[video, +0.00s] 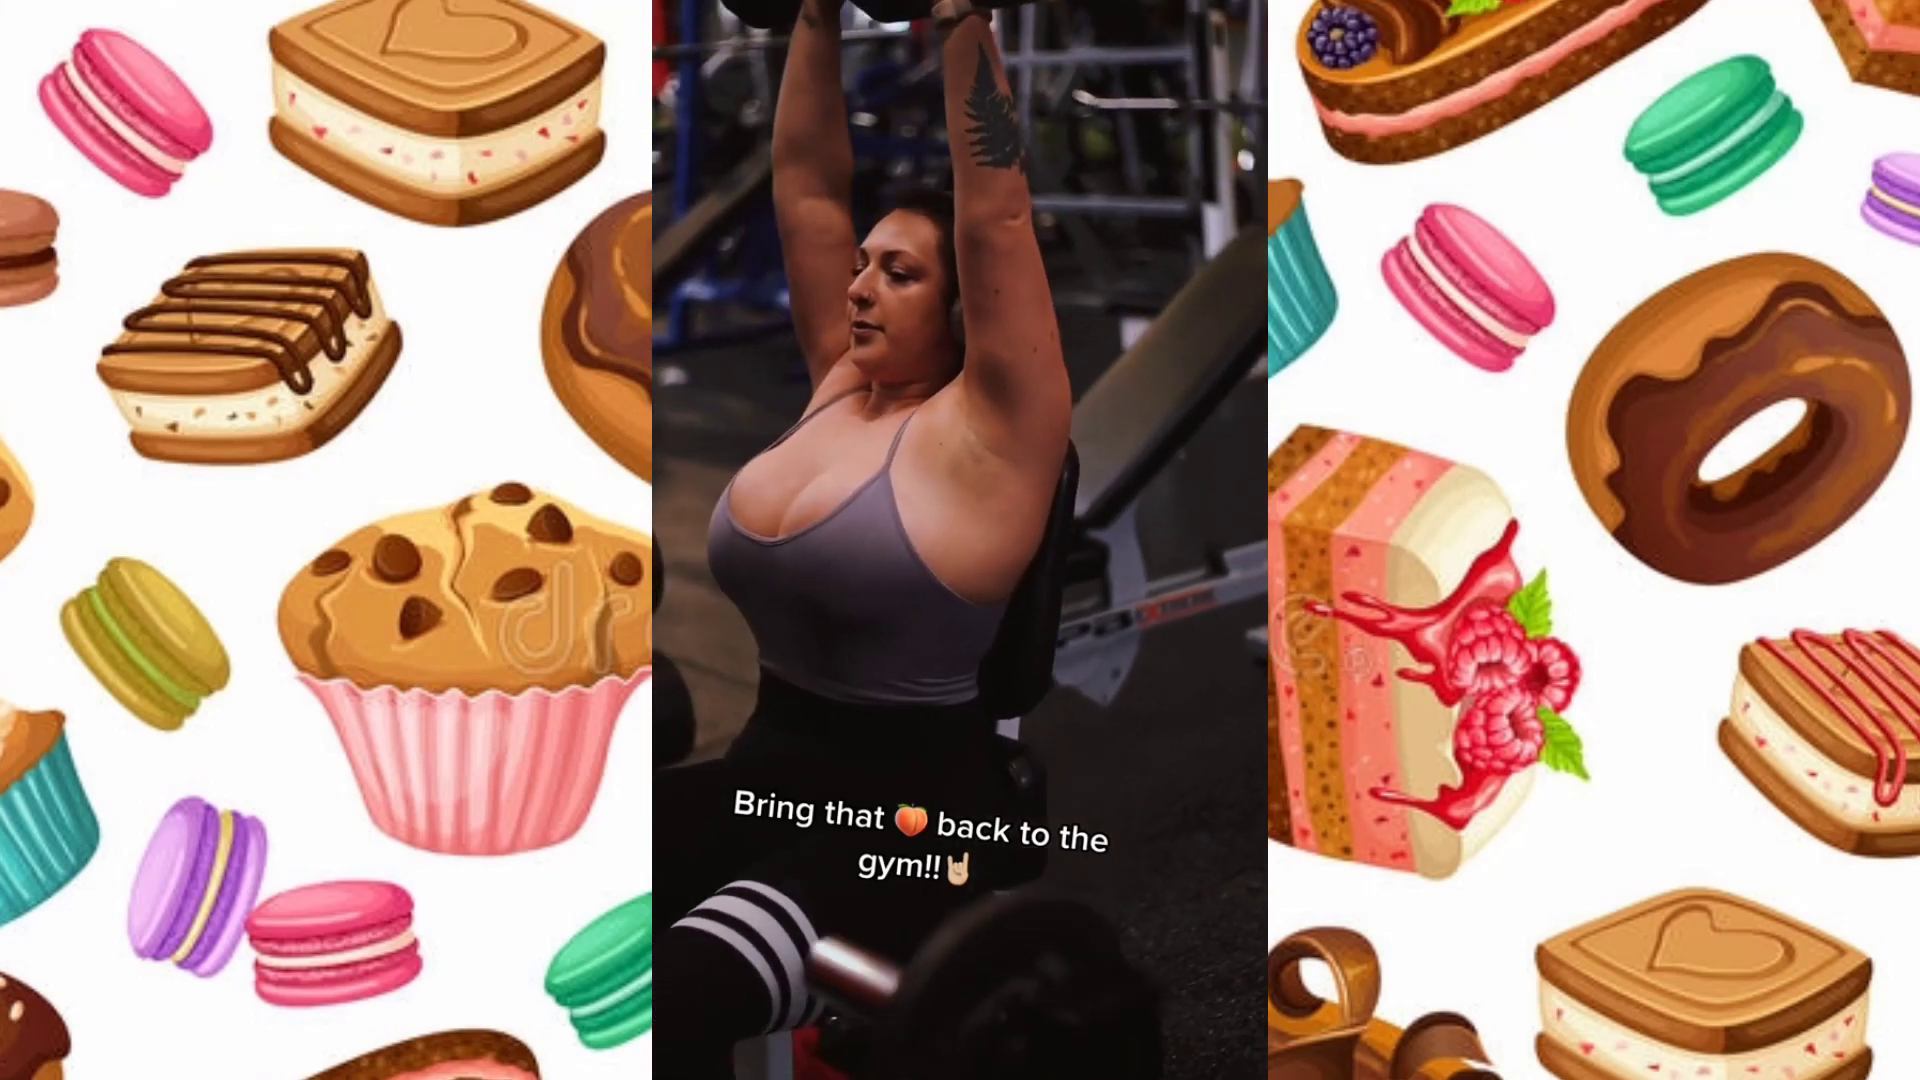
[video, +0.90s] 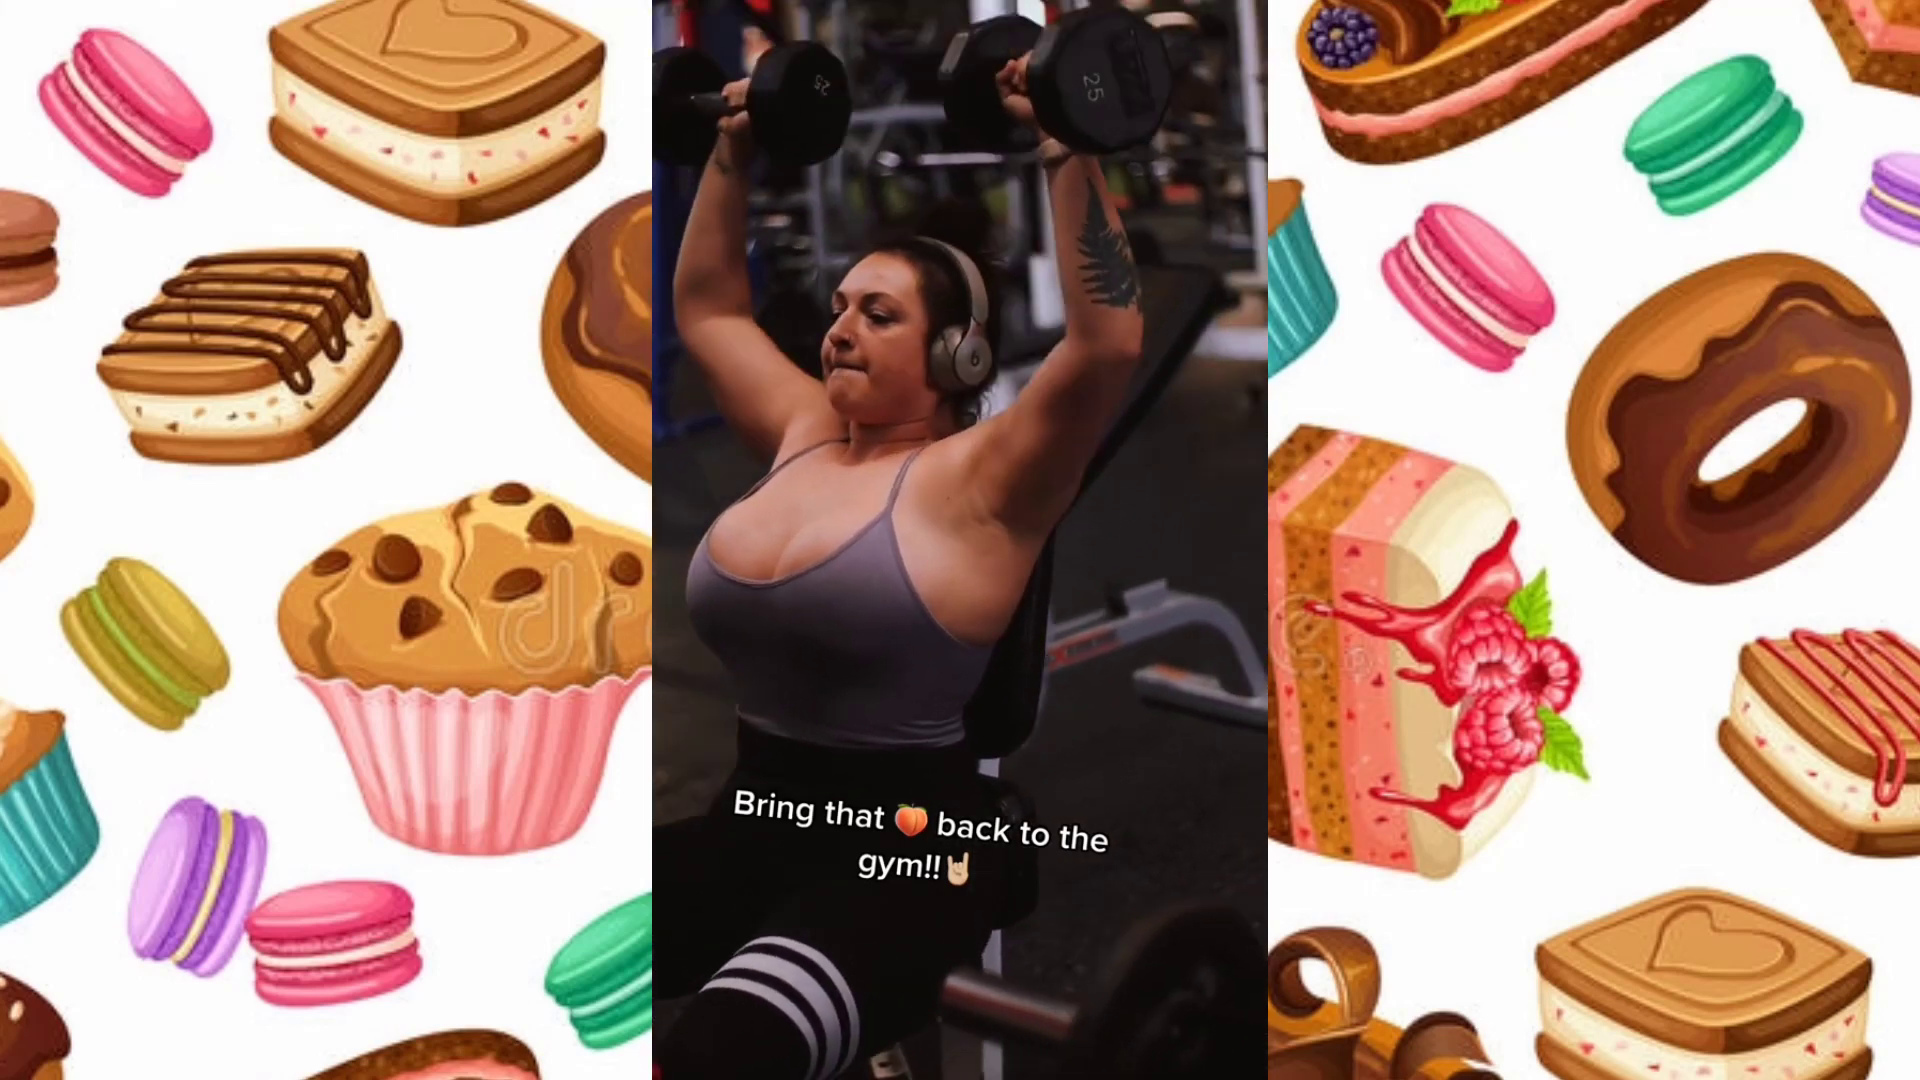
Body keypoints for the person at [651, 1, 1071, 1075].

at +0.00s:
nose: (862, 287)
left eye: (899, 272)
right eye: (863, 265)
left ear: (961, 307)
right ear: (848, 284)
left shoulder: (998, 421)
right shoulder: (841, 383)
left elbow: (998, 215)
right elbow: (809, 185)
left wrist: (962, 21)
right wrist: (816, 9)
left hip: (905, 822)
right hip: (766, 785)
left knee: (663, 998)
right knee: (561, 865)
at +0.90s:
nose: (842, 329)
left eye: (879, 312)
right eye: (839, 310)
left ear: (954, 350)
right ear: (825, 330)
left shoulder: (986, 480)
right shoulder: (804, 431)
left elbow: (1108, 343)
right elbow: (706, 307)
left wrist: (1061, 143)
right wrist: (730, 154)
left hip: (903, 847)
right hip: (755, 826)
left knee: (720, 1044)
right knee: (554, 931)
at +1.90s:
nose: (889, 321)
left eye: (922, 304)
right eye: (885, 301)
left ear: (987, 338)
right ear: (871, 318)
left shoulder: (1025, 459)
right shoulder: (838, 428)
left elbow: (1202, 477)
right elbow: (727, 413)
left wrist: (1157, 320)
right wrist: (742, 284)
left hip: (956, 782)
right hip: (815, 762)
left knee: (814, 961)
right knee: (608, 876)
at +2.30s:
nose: (906, 356)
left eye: (940, 345)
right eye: (902, 341)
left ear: (1001, 384)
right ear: (890, 366)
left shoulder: (1030, 491)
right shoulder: (857, 458)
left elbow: (1147, 383)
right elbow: (759, 343)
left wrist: (1100, 220)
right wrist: (771, 203)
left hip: (964, 819)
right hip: (825, 802)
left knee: (832, 984)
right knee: (611, 899)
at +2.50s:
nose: (885, 400)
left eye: (919, 386)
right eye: (884, 383)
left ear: (979, 421)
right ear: (871, 405)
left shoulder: (1009, 523)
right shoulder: (842, 490)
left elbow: (1080, 364)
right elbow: (769, 349)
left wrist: (1036, 201)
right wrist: (773, 201)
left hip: (945, 849)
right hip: (808, 832)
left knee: (810, 1028)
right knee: (605, 945)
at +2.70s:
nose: (887, 411)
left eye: (919, 396)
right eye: (882, 394)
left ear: (974, 423)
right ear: (866, 417)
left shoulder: (1005, 524)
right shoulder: (843, 499)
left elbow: (1022, 353)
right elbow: (796, 341)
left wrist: (1001, 184)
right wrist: (798, 185)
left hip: (946, 853)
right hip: (810, 839)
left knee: (816, 1026)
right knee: (611, 953)